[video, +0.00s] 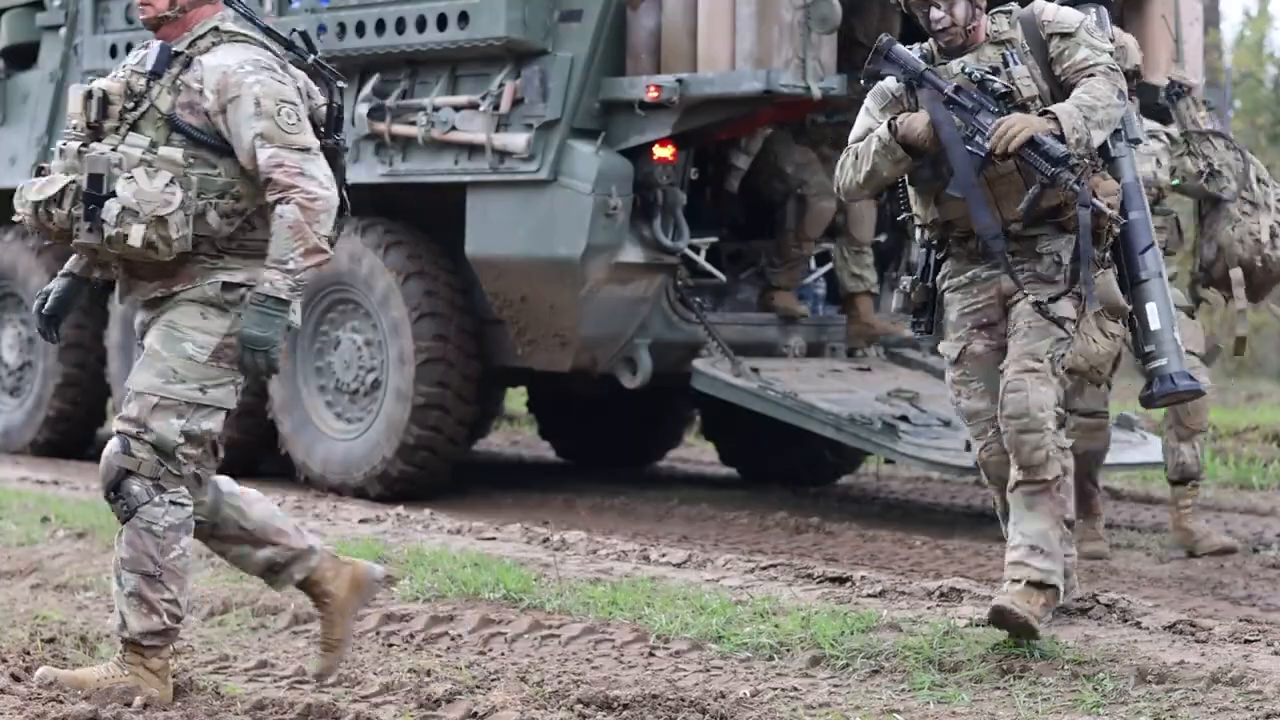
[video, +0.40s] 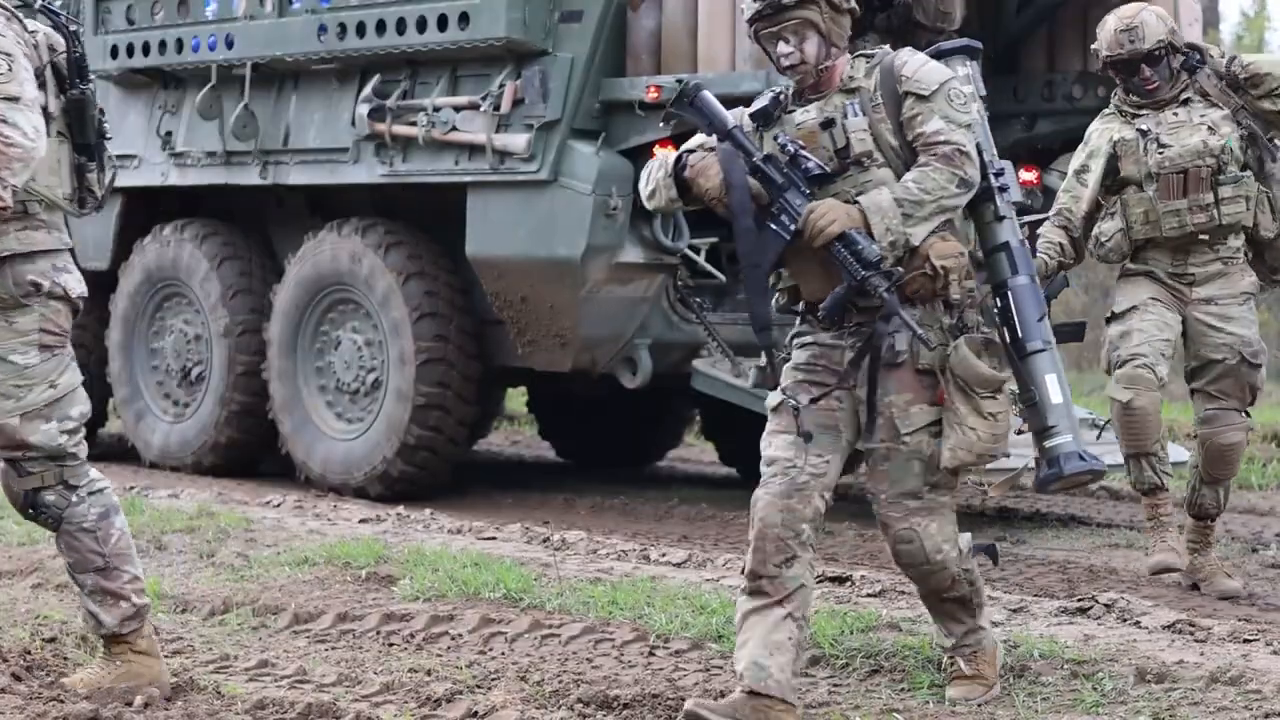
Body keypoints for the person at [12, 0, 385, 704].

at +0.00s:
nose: (137, 1)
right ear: (164, 5)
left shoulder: (242, 70)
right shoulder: (153, 66)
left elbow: (307, 189)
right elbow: (128, 193)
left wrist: (275, 300)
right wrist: (76, 274)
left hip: (218, 297)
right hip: (168, 297)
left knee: (144, 468)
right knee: (164, 473)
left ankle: (147, 664)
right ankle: (328, 577)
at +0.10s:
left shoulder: (178, 53)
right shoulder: (86, 55)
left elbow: (225, 185)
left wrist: (175, 297)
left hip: (172, 297)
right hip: (100, 295)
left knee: (136, 468)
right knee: (26, 427)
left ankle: (146, 665)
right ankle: (175, 565)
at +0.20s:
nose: (9, 0)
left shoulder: (110, 41)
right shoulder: (31, 48)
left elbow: (154, 168)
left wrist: (81, 267)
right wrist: (30, 259)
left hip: (131, 286)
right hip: (57, 284)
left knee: (118, 474)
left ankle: (150, 664)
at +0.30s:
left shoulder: (43, 36)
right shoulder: (34, 37)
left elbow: (79, 159)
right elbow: (75, 160)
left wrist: (12, 242)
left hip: (76, 279)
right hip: (51, 281)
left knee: (94, 475)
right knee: (83, 475)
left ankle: (144, 663)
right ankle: (139, 656)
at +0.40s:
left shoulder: (13, 33)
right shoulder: (25, 35)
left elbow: (16, 154)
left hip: (26, 278)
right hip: (29, 278)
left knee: (50, 468)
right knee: (48, 469)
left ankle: (134, 649)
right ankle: (132, 645)